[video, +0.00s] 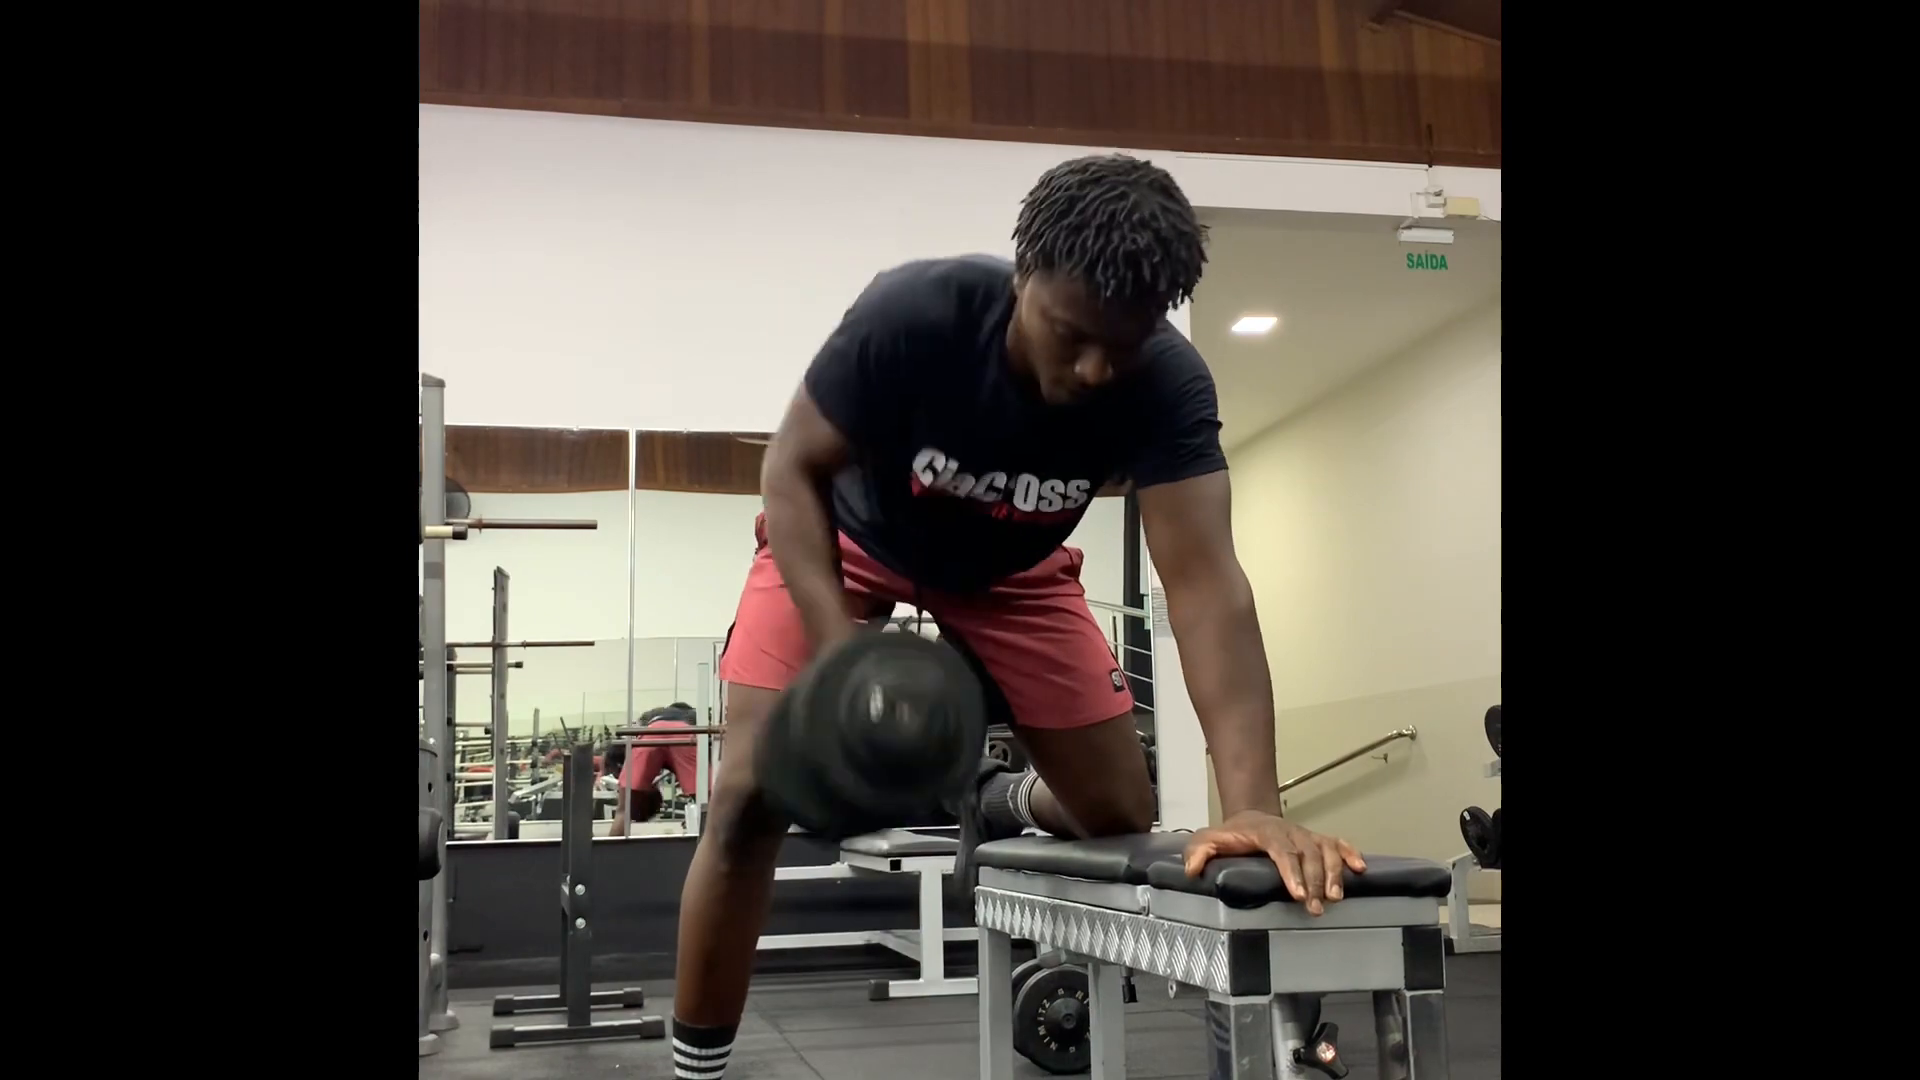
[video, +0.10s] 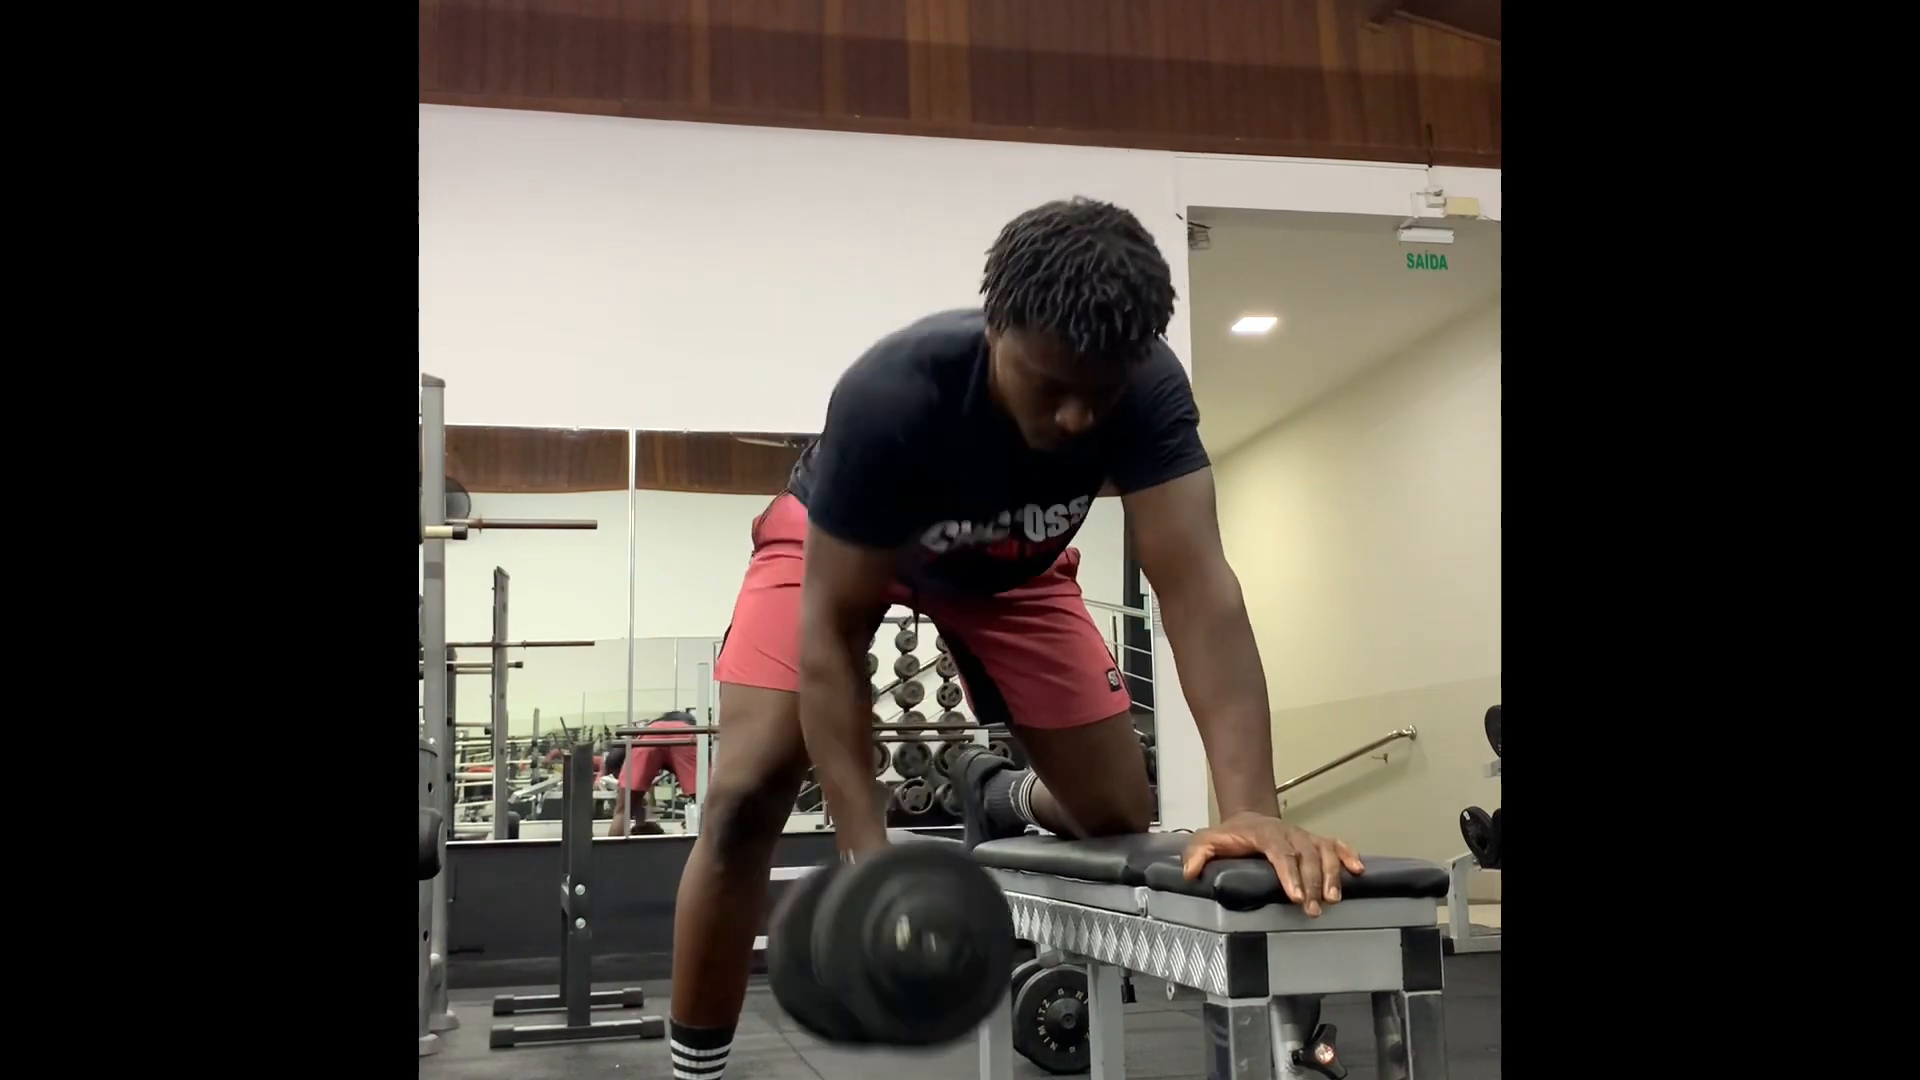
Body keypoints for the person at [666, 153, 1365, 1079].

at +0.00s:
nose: (1094, 370)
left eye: (1125, 347)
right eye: (1071, 336)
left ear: (1160, 318)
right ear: (1021, 277)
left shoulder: (1165, 381)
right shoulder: (913, 316)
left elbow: (1205, 579)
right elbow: (789, 470)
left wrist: (1251, 806)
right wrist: (840, 658)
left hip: (1020, 574)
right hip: (847, 545)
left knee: (1120, 816)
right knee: (745, 800)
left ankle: (992, 798)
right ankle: (695, 1073)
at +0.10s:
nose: (1077, 420)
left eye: (1103, 394)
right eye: (1052, 392)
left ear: (1135, 353)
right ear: (997, 336)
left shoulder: (1146, 391)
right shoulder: (891, 401)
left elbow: (1198, 586)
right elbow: (828, 631)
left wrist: (1251, 806)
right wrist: (869, 862)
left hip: (1016, 567)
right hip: (844, 544)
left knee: (1123, 819)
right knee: (742, 797)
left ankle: (1003, 797)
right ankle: (695, 1070)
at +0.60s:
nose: (1072, 324)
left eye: (1109, 316)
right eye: (1066, 287)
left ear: (1173, 307)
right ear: (1061, 228)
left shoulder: (1188, 382)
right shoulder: (959, 252)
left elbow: (1218, 587)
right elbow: (800, 323)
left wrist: (1254, 805)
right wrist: (814, 479)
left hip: (1013, 566)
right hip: (861, 519)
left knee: (1119, 814)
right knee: (751, 792)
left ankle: (988, 800)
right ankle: (694, 1071)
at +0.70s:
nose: (1077, 345)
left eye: (1113, 331)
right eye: (1068, 308)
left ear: (1172, 317)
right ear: (1054, 247)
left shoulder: (1183, 390)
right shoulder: (962, 250)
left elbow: (1213, 588)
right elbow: (825, 283)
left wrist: (1252, 804)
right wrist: (822, 415)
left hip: (1010, 562)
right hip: (856, 516)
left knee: (1118, 814)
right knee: (748, 795)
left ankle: (986, 804)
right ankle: (695, 1071)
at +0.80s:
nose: (1069, 370)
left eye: (1103, 352)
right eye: (1055, 332)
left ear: (1155, 333)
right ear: (1035, 270)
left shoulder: (1168, 392)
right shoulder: (935, 294)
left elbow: (1205, 583)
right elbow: (780, 393)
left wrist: (1251, 805)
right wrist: (817, 558)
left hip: (1015, 569)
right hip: (850, 530)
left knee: (1119, 814)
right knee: (745, 796)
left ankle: (986, 802)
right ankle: (694, 1073)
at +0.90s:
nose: (1054, 416)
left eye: (1085, 396)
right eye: (1036, 381)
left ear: (1132, 362)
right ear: (1002, 319)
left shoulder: (1151, 392)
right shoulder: (895, 366)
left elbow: (1196, 582)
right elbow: (793, 552)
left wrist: (1252, 804)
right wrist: (833, 768)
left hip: (1019, 570)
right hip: (851, 544)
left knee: (1119, 814)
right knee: (748, 782)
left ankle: (988, 800)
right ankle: (695, 1069)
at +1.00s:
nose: (1050, 474)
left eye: (1073, 451)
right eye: (1022, 448)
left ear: (1110, 405)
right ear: (969, 387)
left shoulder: (1123, 398)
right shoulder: (870, 453)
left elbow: (1187, 582)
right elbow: (833, 695)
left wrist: (1253, 804)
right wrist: (865, 953)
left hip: (1018, 567)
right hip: (839, 558)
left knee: (1120, 814)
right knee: (743, 794)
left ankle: (988, 796)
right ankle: (695, 1071)